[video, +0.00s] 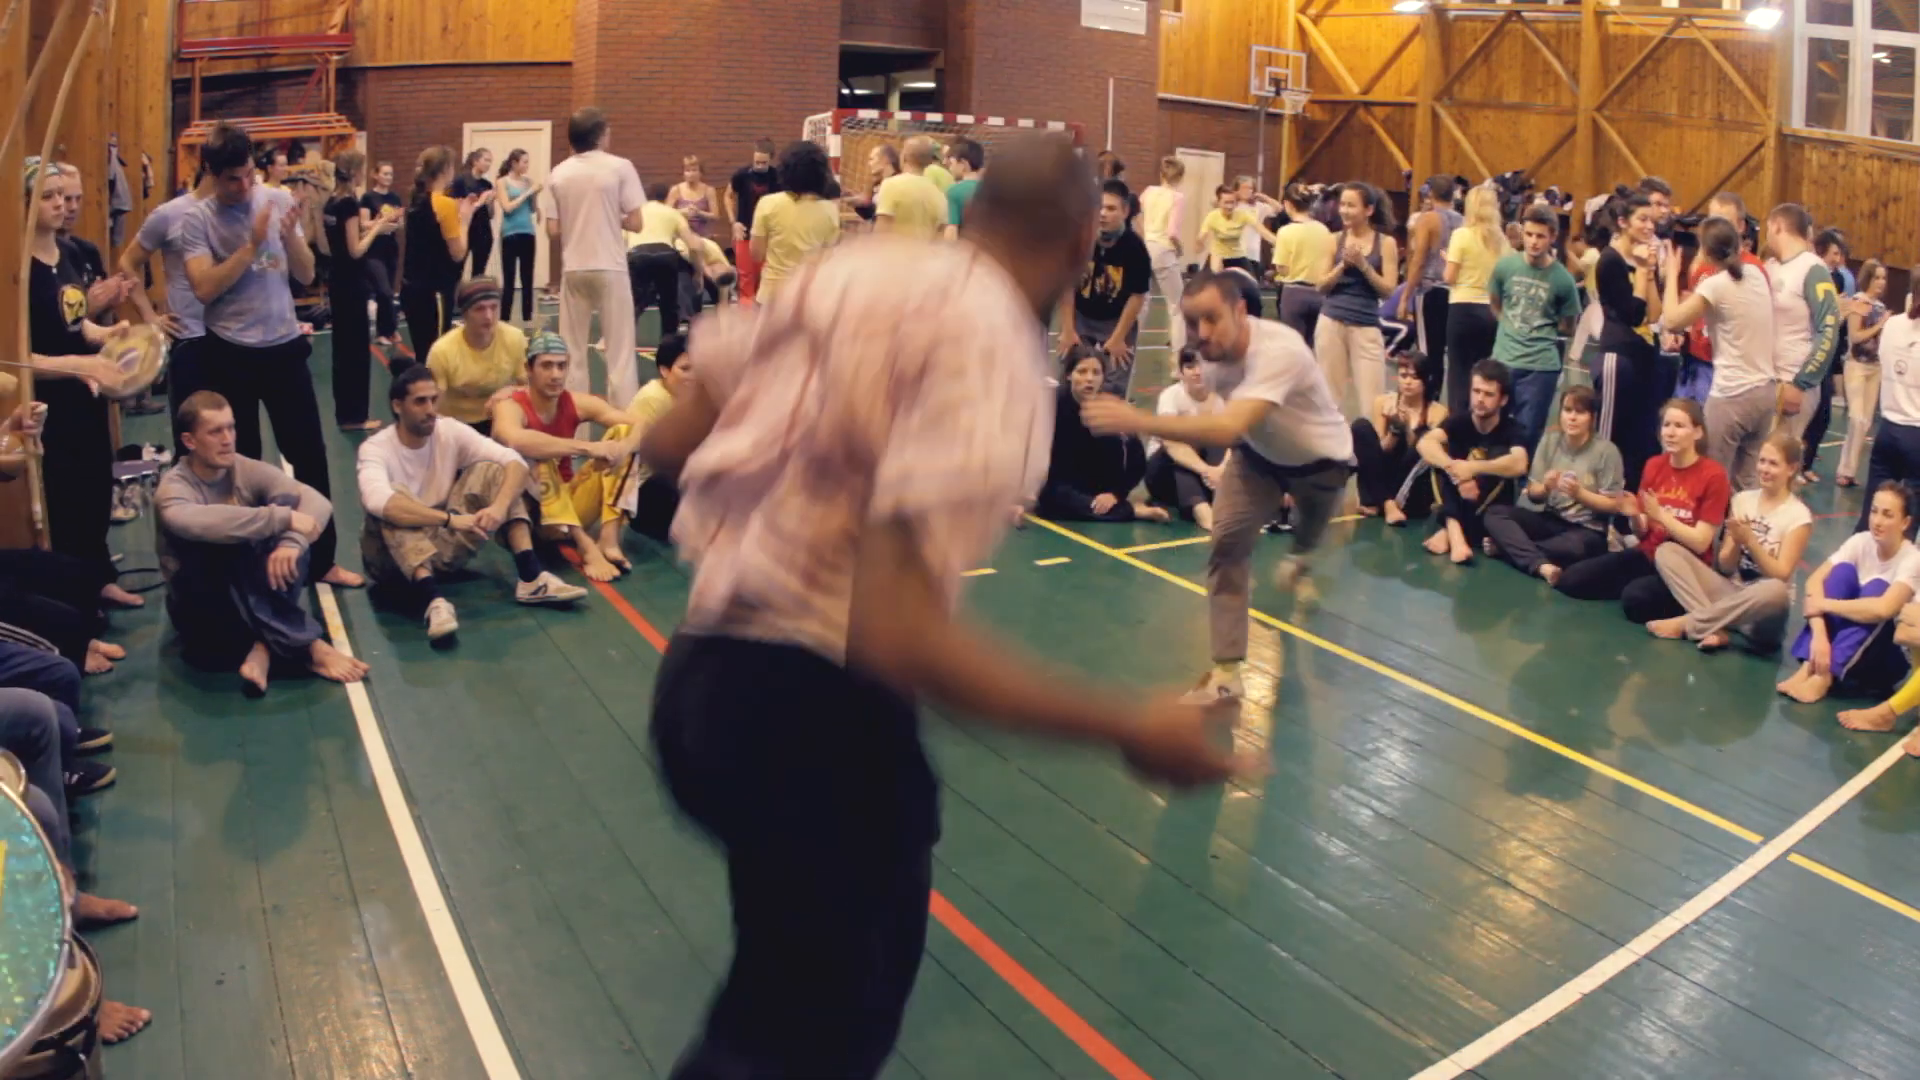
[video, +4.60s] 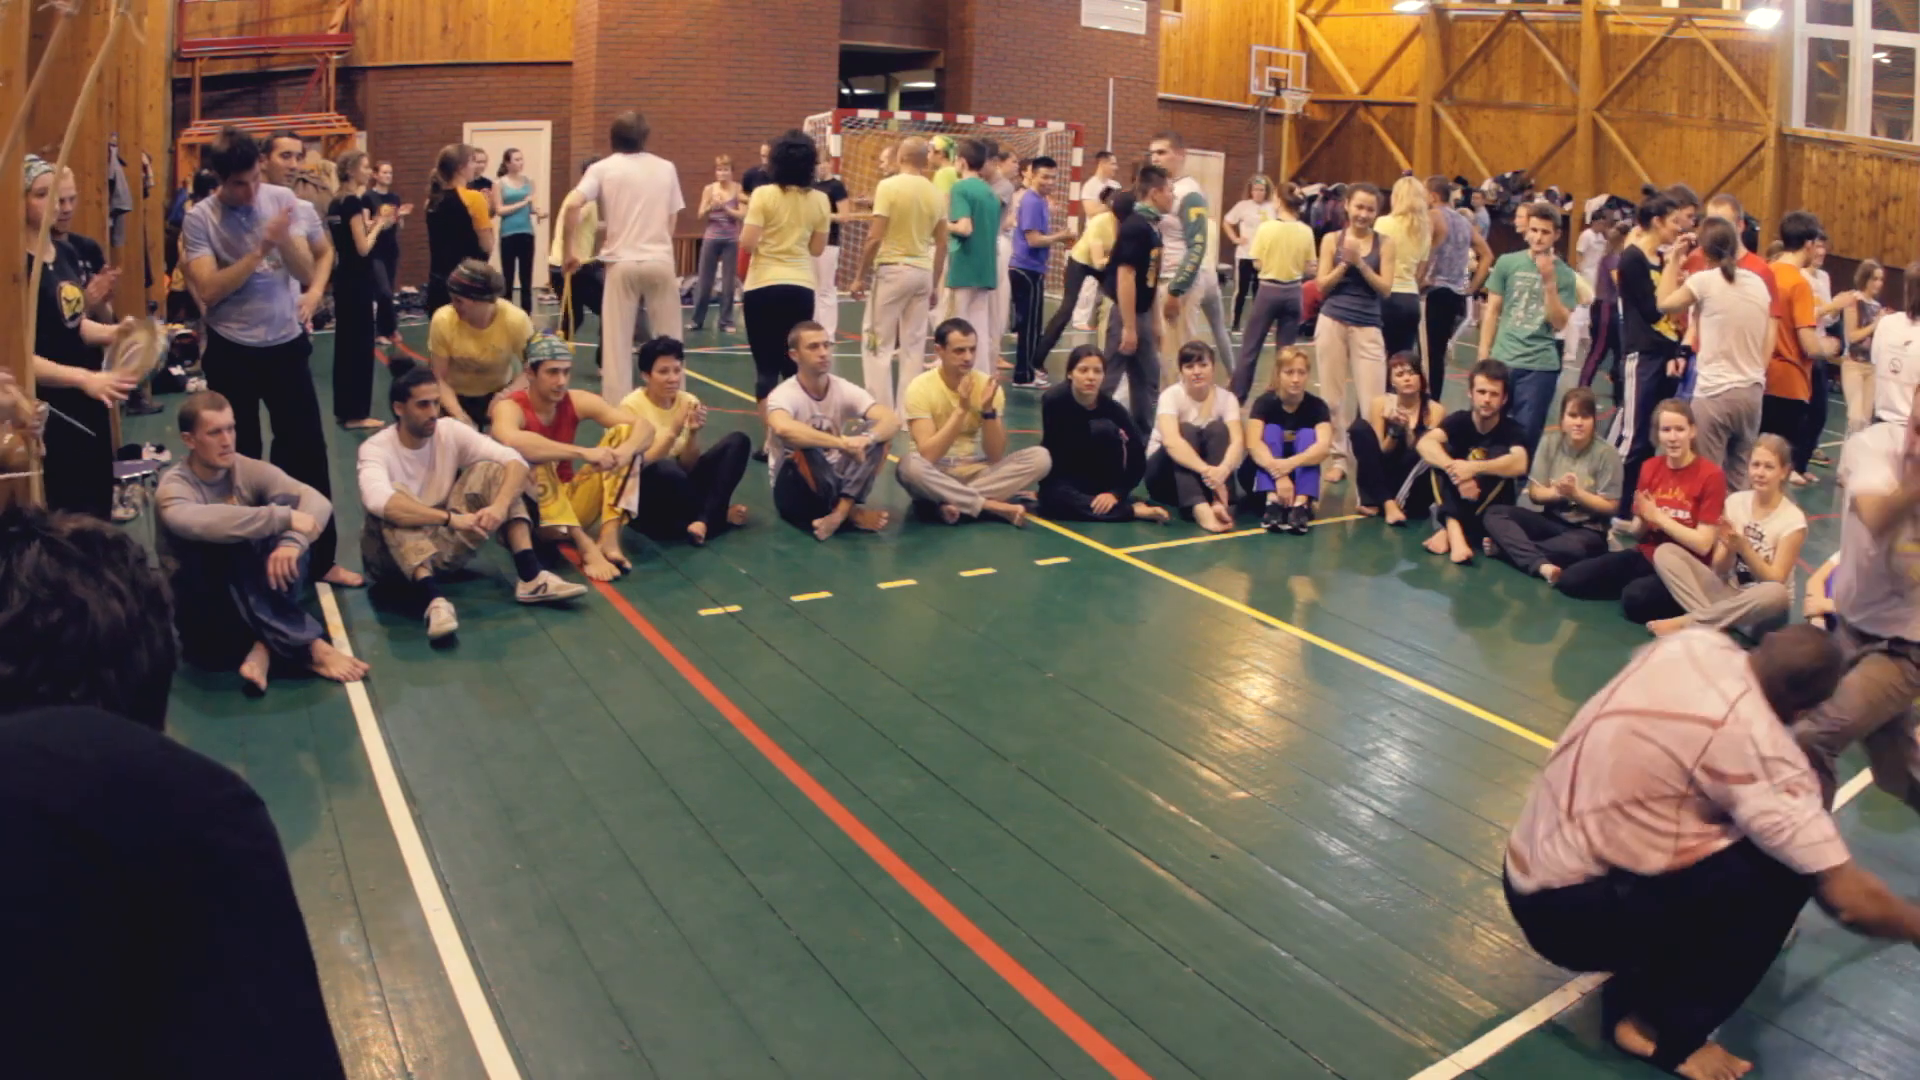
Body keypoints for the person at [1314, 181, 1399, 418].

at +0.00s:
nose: (1344, 211)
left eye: (1351, 205)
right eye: (1342, 204)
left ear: (1369, 211)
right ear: (1338, 207)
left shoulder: (1386, 243)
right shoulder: (1335, 240)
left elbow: (1388, 288)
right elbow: (1322, 285)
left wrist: (1363, 265)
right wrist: (1342, 266)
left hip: (1365, 321)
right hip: (1331, 316)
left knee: (1371, 395)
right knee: (1330, 392)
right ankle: (1328, 450)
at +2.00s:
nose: (1357, 214)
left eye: (1363, 209)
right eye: (1352, 207)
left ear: (1374, 212)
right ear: (1345, 208)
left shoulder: (1385, 242)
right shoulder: (1331, 240)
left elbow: (1387, 288)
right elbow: (1322, 286)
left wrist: (1360, 265)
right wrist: (1344, 265)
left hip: (1367, 323)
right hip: (1332, 320)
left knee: (1372, 395)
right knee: (1333, 394)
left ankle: (1371, 461)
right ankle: (1336, 457)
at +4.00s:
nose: (1364, 215)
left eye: (1370, 210)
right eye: (1359, 208)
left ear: (1377, 214)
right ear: (1347, 207)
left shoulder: (1384, 244)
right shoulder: (1331, 240)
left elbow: (1385, 288)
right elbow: (1322, 283)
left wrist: (1360, 265)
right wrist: (1347, 265)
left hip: (1366, 326)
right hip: (1331, 323)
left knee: (1371, 391)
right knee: (1332, 390)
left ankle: (1373, 458)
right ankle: (1337, 456)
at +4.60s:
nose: (1364, 214)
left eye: (1370, 210)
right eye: (1359, 207)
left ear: (1377, 214)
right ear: (1347, 207)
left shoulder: (1385, 243)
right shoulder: (1331, 239)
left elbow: (1385, 288)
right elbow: (1322, 286)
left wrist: (1360, 264)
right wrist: (1344, 264)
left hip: (1367, 322)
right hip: (1331, 318)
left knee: (1372, 395)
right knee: (1333, 391)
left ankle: (1373, 461)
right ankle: (1337, 456)